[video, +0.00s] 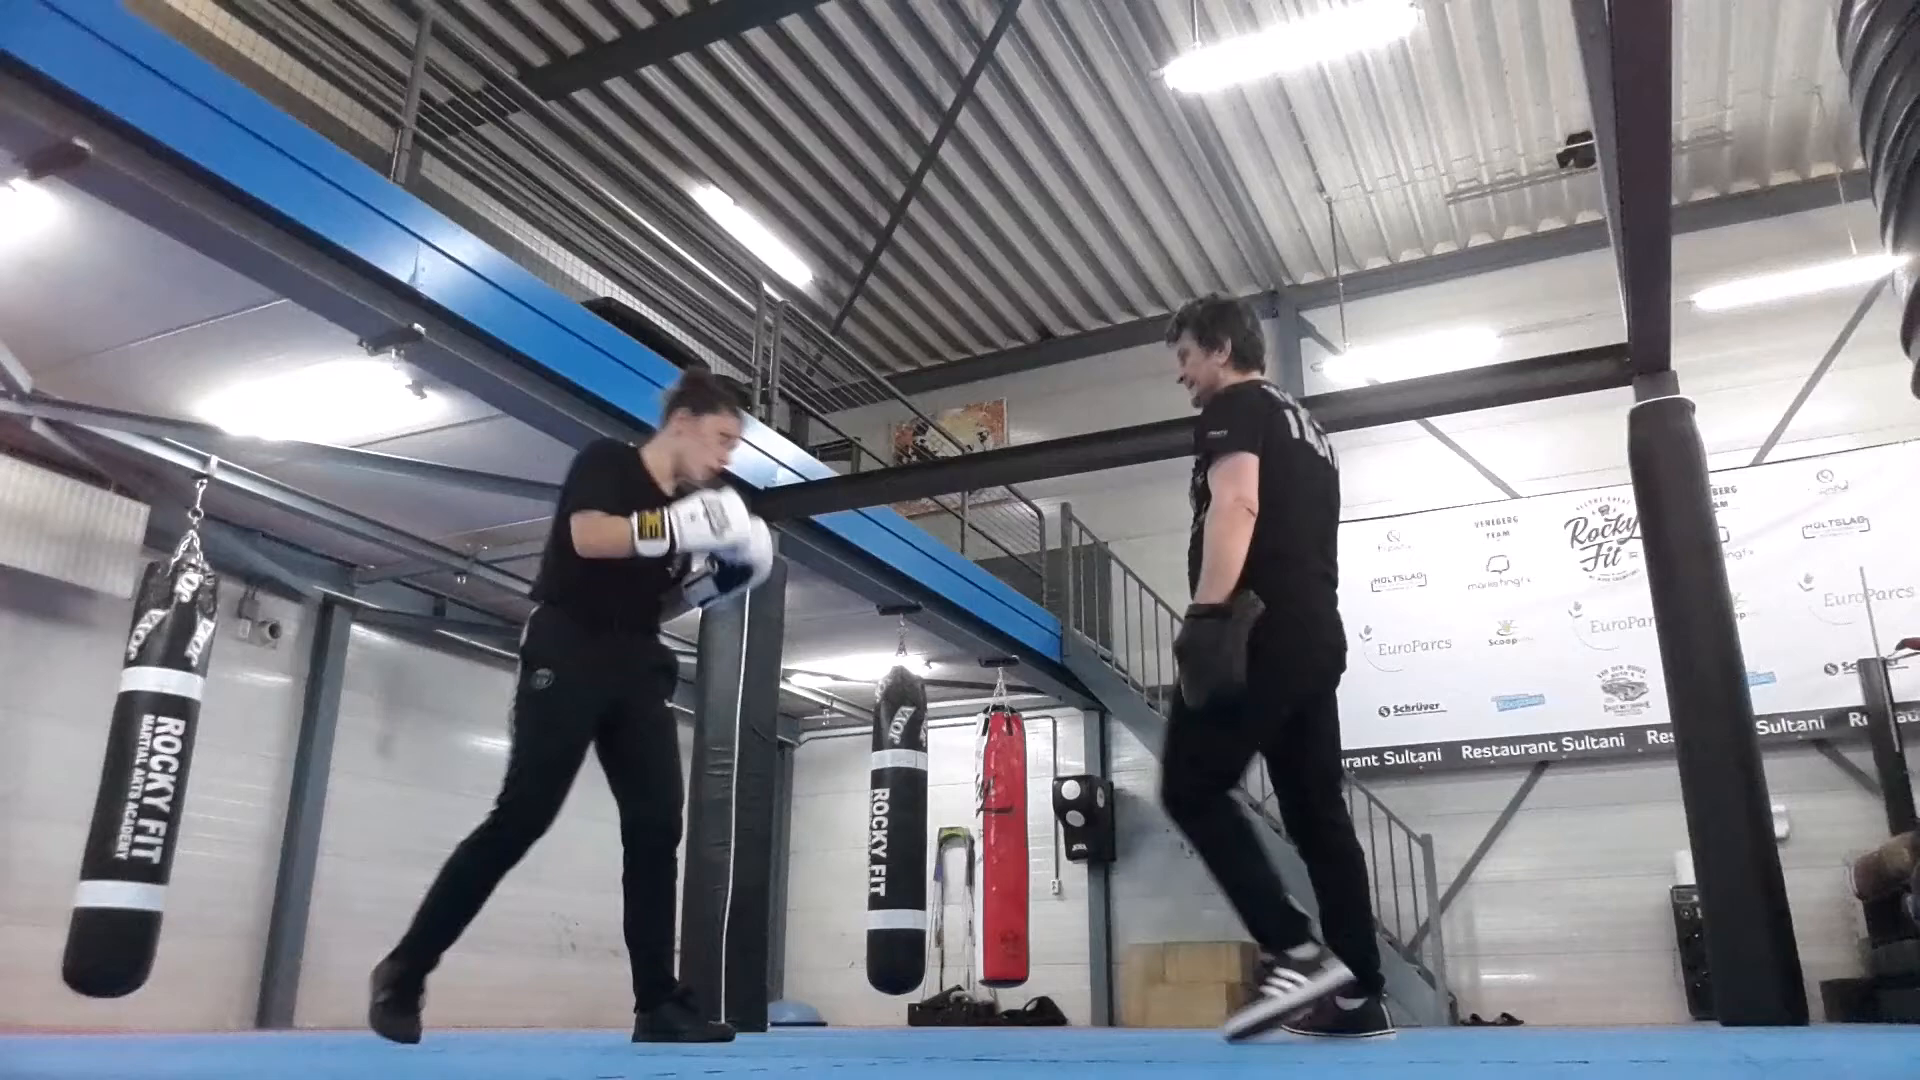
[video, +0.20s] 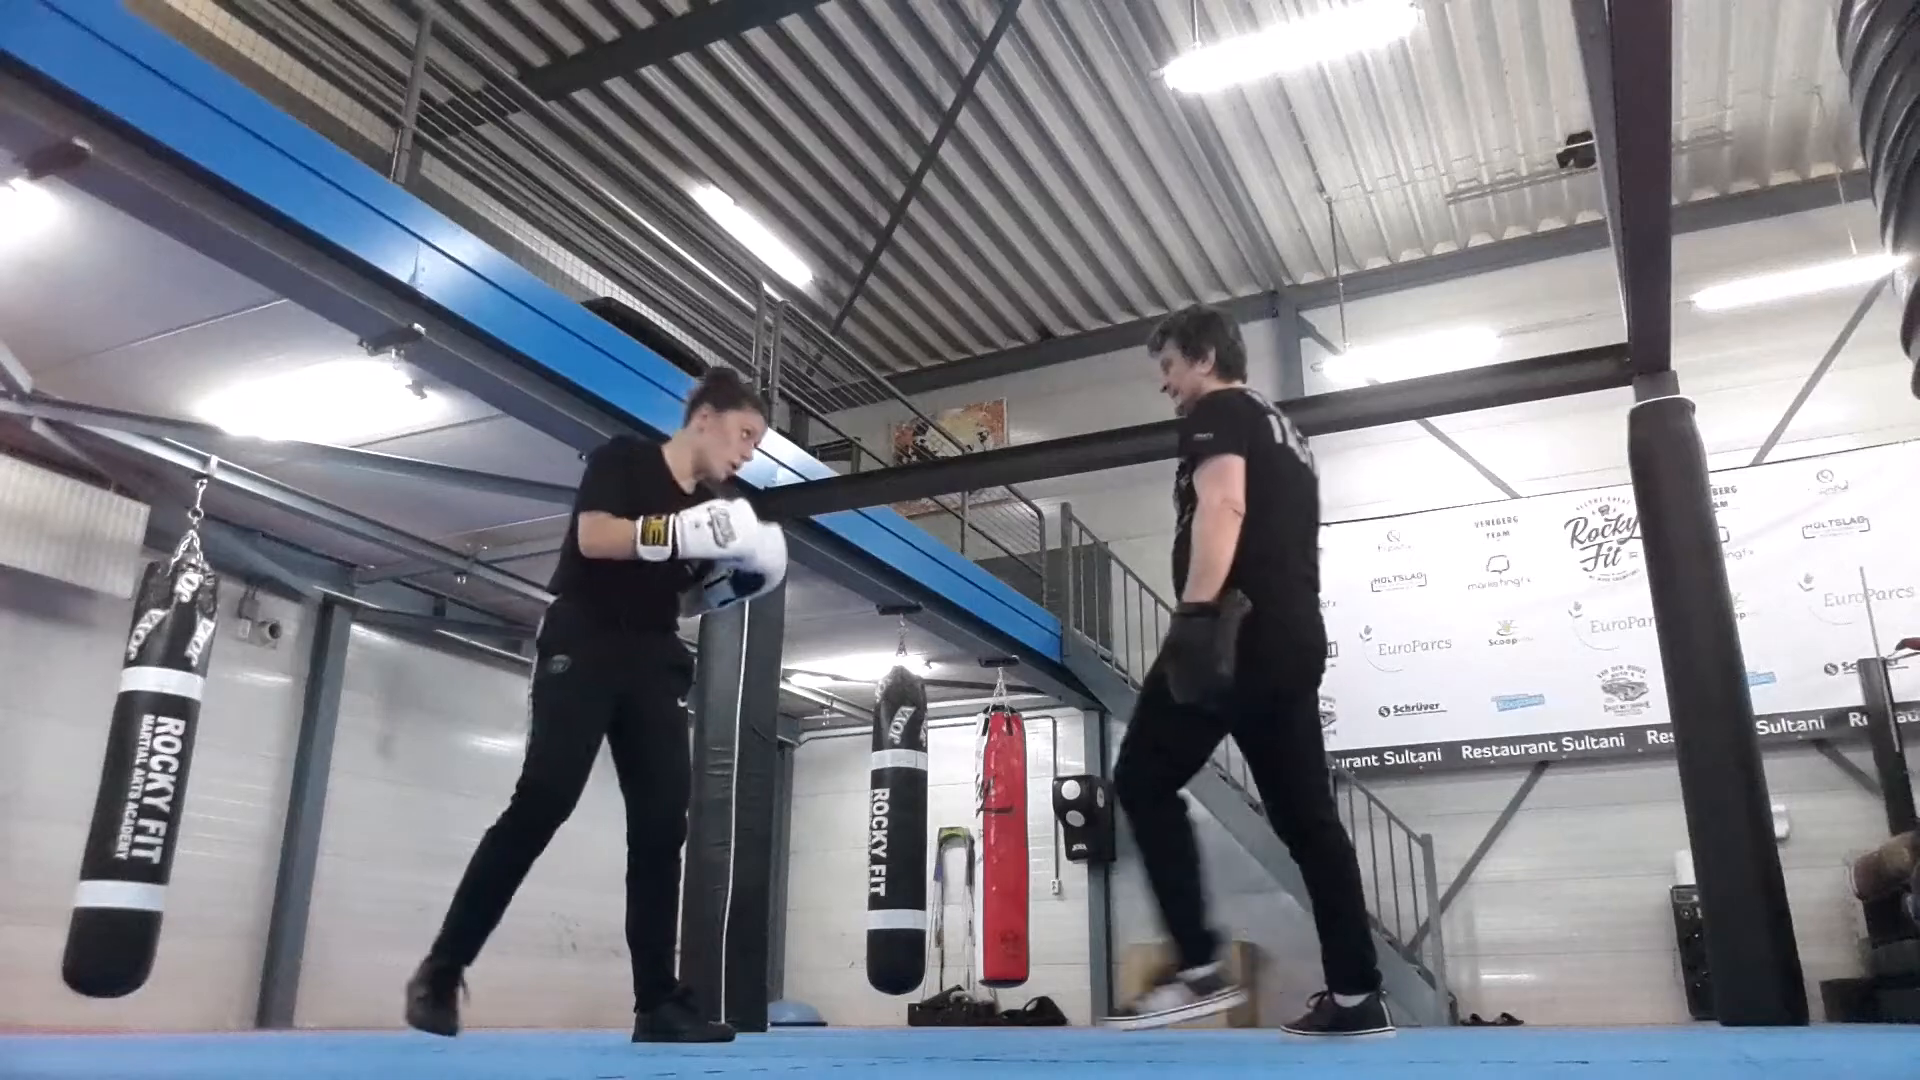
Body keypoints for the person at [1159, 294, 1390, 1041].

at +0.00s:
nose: (1180, 373)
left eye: (1186, 357)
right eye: (1178, 359)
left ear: (1221, 349)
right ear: (1243, 355)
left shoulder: (1237, 405)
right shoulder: (1300, 422)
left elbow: (1237, 505)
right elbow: (1311, 539)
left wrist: (1203, 617)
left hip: (1258, 631)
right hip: (1312, 633)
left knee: (1191, 791)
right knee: (1318, 815)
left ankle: (1294, 953)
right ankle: (1359, 998)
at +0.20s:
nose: (1162, 382)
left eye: (1168, 366)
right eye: (1160, 369)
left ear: (1202, 359)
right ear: (1223, 364)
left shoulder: (1217, 410)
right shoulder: (1281, 430)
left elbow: (1223, 503)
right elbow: (1293, 545)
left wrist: (1193, 615)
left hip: (1231, 633)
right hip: (1290, 636)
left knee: (1143, 782)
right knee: (1310, 819)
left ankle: (1197, 963)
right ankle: (1355, 994)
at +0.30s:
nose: (1146, 394)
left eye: (1152, 377)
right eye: (1144, 382)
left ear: (1191, 368)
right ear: (1208, 373)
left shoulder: (1201, 421)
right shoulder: (1260, 437)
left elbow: (1205, 511)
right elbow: (1275, 551)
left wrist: (1168, 621)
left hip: (1215, 643)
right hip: (1276, 647)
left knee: (1138, 803)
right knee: (1308, 822)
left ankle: (1103, 976)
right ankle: (1355, 993)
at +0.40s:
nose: (1122, 405)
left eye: (1127, 388)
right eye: (1119, 391)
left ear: (1165, 379)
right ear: (1185, 385)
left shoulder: (1178, 432)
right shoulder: (1237, 444)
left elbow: (1175, 525)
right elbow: (1243, 558)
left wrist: (1126, 624)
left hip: (1196, 656)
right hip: (1255, 657)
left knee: (1121, 821)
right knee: (1300, 827)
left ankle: (1037, 983)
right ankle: (1356, 993)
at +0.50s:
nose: (1088, 416)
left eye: (1093, 400)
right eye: (1086, 403)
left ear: (1129, 392)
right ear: (1147, 397)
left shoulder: (1145, 446)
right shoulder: (1205, 458)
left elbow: (1127, 539)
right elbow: (1184, 574)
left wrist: (1050, 627)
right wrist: (1094, 630)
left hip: (1154, 676)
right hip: (1221, 674)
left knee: (1086, 833)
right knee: (1281, 832)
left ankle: (1021, 991)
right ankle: (1353, 990)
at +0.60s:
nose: (1051, 424)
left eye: (1055, 408)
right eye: (1047, 411)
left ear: (1091, 399)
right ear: (1110, 401)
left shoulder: (1105, 454)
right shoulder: (1169, 464)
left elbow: (1054, 549)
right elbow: (1140, 572)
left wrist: (972, 605)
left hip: (1117, 684)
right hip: (1185, 681)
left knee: (1049, 829)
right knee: (1237, 823)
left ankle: (1006, 997)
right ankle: (1343, 977)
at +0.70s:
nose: (1008, 423)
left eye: (1014, 406)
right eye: (1004, 409)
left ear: (1050, 396)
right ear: (1069, 400)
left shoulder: (1070, 451)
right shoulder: (1129, 457)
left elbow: (998, 530)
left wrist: (895, 578)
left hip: (1085, 673)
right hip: (1151, 673)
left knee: (1027, 826)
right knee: (1181, 825)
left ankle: (1004, 999)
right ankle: (1308, 944)